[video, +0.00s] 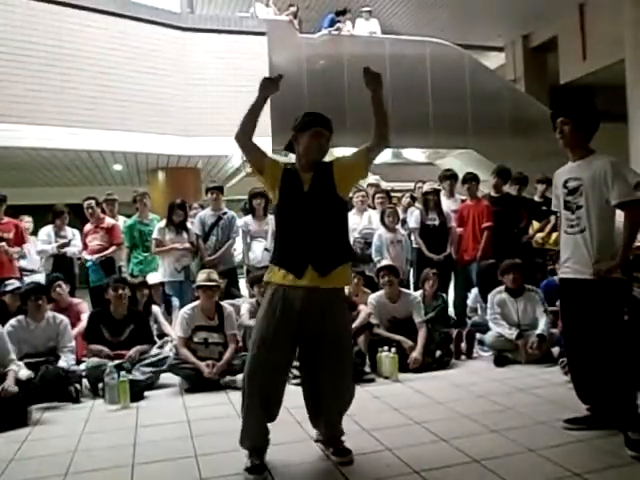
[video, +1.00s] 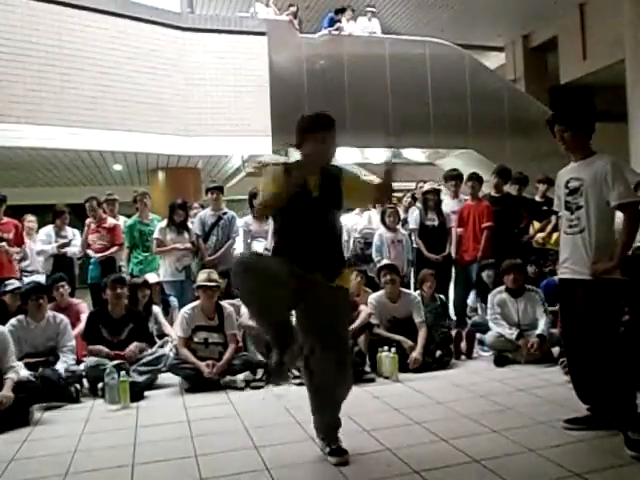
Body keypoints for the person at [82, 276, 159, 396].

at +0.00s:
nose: (120, 293)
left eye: (123, 289)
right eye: (115, 289)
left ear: (129, 292)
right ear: (107, 294)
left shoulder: (138, 316)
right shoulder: (96, 316)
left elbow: (150, 345)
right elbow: (90, 347)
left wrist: (138, 350)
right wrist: (101, 350)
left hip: (135, 362)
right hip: (106, 363)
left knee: (165, 355)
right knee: (92, 365)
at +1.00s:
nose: (118, 292)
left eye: (122, 288)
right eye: (113, 289)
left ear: (127, 292)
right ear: (105, 295)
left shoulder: (137, 316)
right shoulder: (95, 316)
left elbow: (150, 345)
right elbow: (90, 348)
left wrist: (137, 346)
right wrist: (112, 355)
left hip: (134, 360)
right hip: (106, 361)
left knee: (165, 354)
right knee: (90, 364)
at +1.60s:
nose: (117, 295)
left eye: (119, 291)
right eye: (111, 292)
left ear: (125, 293)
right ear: (102, 298)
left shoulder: (136, 316)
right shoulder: (94, 319)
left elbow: (152, 341)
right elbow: (89, 351)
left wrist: (141, 349)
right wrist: (113, 356)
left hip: (135, 361)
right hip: (107, 364)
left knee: (164, 356)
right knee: (87, 368)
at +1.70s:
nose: (118, 297)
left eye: (120, 292)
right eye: (112, 294)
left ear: (125, 294)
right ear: (103, 300)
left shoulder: (136, 316)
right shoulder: (95, 321)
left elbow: (152, 342)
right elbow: (90, 352)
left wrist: (141, 356)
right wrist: (113, 361)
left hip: (134, 362)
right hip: (107, 363)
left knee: (164, 356)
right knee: (86, 368)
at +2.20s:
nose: (118, 301)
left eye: (120, 297)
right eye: (112, 299)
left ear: (124, 298)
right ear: (102, 303)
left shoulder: (134, 318)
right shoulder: (94, 323)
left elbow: (152, 343)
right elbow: (88, 355)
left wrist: (143, 366)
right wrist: (117, 360)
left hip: (133, 361)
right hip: (105, 363)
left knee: (163, 357)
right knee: (86, 369)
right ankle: (140, 382)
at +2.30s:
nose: (118, 301)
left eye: (120, 297)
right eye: (113, 299)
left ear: (125, 299)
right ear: (102, 303)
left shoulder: (135, 318)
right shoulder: (93, 324)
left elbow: (152, 344)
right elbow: (88, 355)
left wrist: (142, 366)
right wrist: (116, 360)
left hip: (133, 362)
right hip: (106, 365)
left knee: (163, 356)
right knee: (86, 369)